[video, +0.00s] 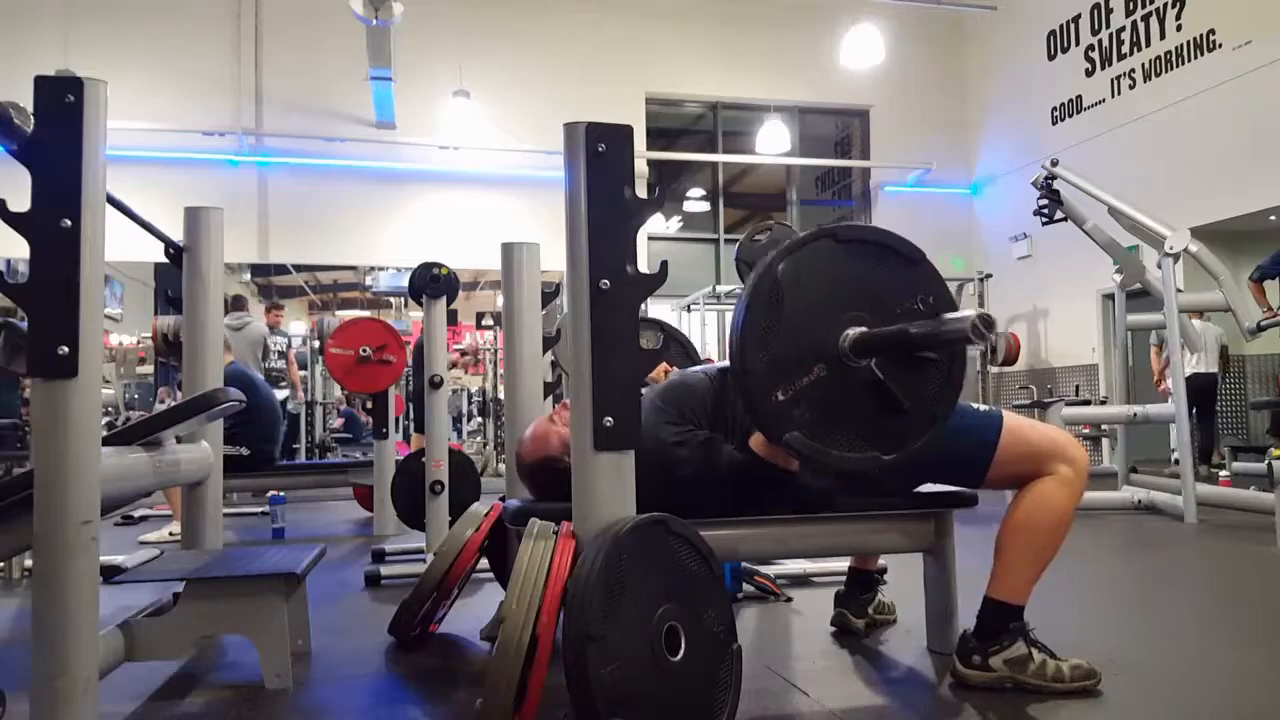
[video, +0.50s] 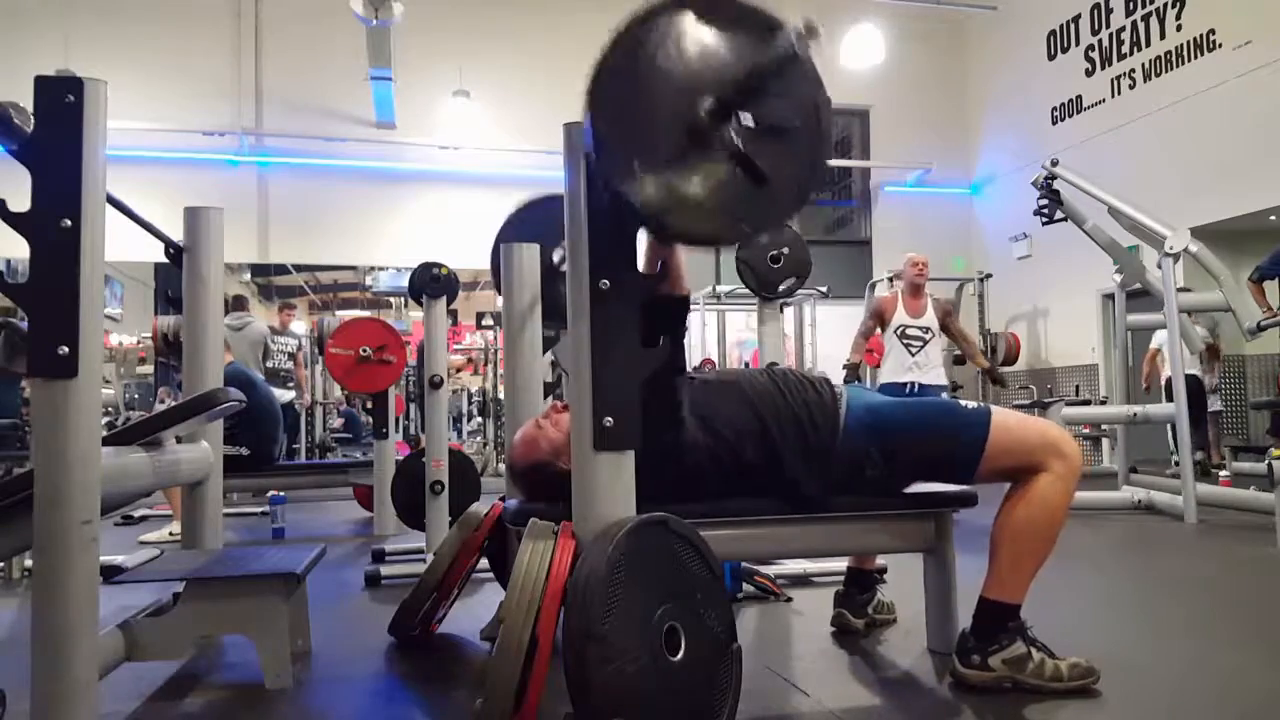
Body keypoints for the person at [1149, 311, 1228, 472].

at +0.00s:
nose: (1188, 317)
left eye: (1188, 314)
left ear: (1188, 315)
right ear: (1203, 314)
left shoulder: (1182, 328)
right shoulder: (1217, 330)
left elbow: (1169, 354)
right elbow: (1224, 359)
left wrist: (1159, 374)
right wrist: (1220, 372)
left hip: (1189, 376)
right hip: (1211, 376)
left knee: (1182, 420)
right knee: (1207, 422)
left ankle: (1183, 463)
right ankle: (1205, 464)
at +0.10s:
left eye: (1187, 314)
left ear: (1186, 315)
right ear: (1201, 313)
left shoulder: (1179, 329)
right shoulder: (1213, 329)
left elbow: (1166, 355)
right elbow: (1223, 356)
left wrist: (1156, 373)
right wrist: (1217, 372)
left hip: (1186, 377)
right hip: (1209, 377)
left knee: (1181, 421)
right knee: (1206, 423)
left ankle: (1183, 463)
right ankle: (1205, 465)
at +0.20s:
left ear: (1183, 314)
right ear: (1198, 314)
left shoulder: (1175, 329)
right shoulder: (1209, 330)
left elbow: (1163, 351)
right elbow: (1219, 353)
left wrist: (1155, 374)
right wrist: (1211, 367)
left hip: (1182, 377)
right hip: (1205, 376)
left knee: (1180, 422)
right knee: (1204, 423)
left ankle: (1183, 463)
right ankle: (1204, 464)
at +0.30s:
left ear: (1176, 314)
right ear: (1195, 314)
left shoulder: (1170, 330)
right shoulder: (1205, 330)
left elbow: (1161, 352)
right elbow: (1215, 353)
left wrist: (1151, 378)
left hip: (1178, 378)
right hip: (1201, 377)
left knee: (1180, 423)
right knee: (1202, 422)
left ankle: (1182, 463)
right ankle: (1205, 462)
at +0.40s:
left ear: (1170, 315)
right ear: (1192, 314)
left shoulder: (1166, 331)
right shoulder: (1202, 329)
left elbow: (1157, 353)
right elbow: (1210, 352)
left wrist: (1148, 378)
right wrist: (1209, 372)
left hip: (1174, 379)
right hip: (1198, 378)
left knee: (1176, 422)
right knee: (1200, 421)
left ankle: (1178, 462)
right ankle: (1204, 459)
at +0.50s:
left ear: (1166, 315)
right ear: (1189, 316)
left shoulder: (1161, 333)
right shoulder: (1198, 330)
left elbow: (1150, 357)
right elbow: (1212, 350)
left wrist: (1145, 381)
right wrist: (1211, 368)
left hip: (1171, 378)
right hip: (1194, 377)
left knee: (1174, 420)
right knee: (1199, 419)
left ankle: (1177, 460)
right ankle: (1200, 455)